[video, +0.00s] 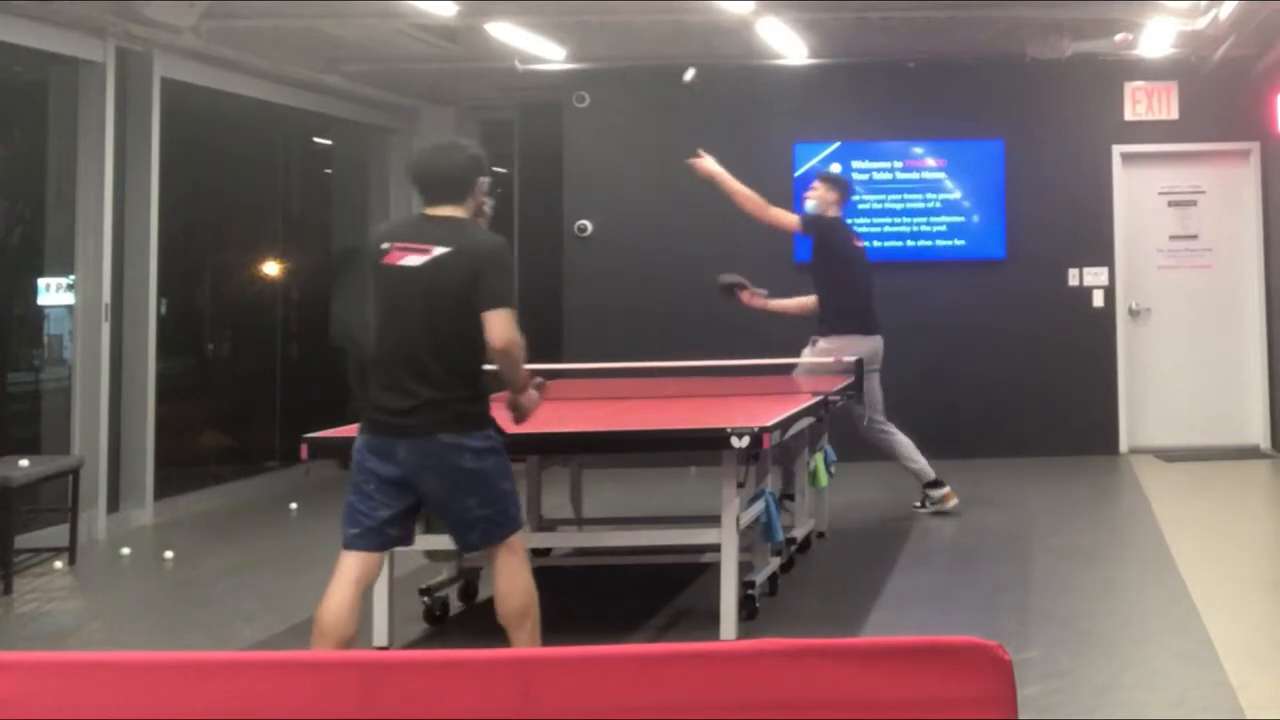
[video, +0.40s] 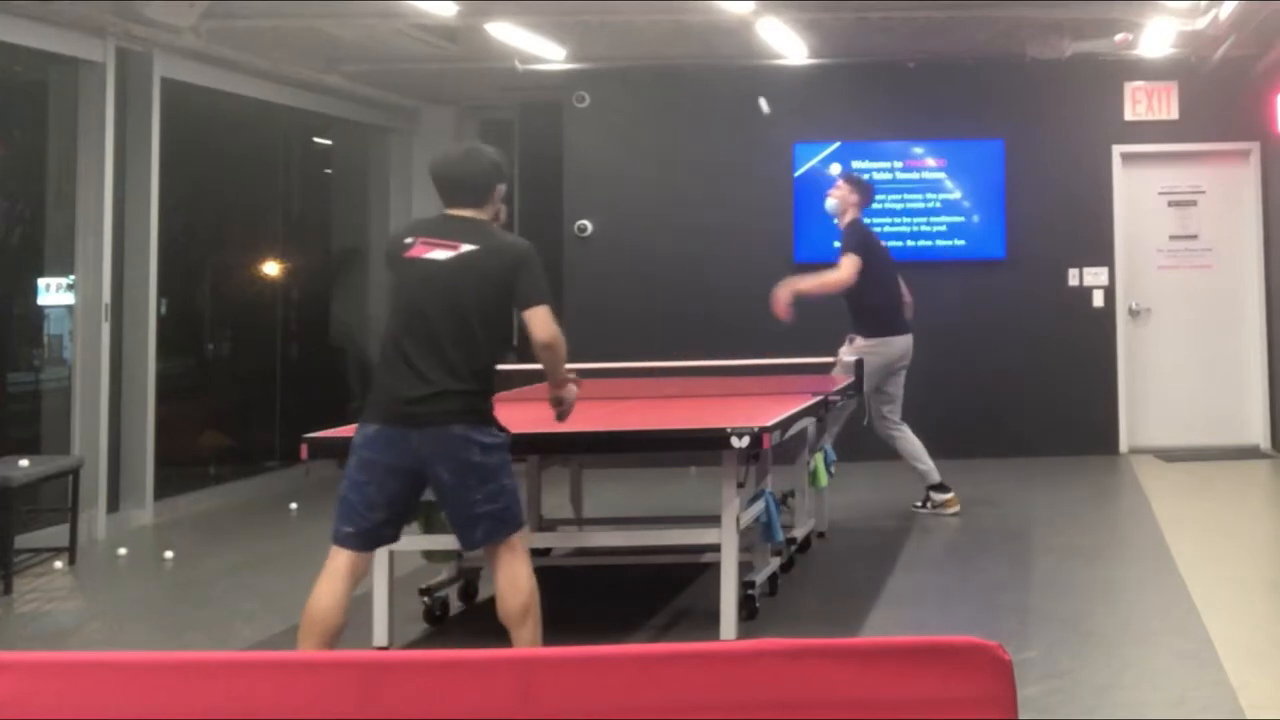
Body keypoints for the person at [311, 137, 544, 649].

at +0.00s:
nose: (487, 192)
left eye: (485, 183)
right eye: (484, 183)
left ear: (422, 188)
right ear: (473, 188)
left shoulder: (387, 242)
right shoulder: (485, 248)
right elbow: (502, 341)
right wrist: (520, 388)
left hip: (382, 434)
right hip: (456, 435)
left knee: (354, 566)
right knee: (507, 549)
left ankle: (314, 692)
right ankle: (532, 677)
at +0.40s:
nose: (503, 199)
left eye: (501, 192)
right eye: (503, 192)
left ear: (442, 193)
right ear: (497, 195)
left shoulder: (405, 240)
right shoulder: (512, 252)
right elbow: (545, 337)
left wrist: (485, 228)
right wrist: (559, 383)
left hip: (386, 423)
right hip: (462, 428)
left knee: (344, 561)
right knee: (508, 550)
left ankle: (299, 690)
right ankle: (533, 682)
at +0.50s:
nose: (481, 201)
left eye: (479, 192)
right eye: (478, 192)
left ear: (418, 195)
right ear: (468, 197)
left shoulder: (372, 245)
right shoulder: (482, 253)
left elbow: (346, 330)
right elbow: (515, 340)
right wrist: (536, 381)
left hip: (365, 433)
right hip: (443, 434)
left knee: (331, 566)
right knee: (493, 553)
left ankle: (288, 694)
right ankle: (530, 678)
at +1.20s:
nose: (447, 263)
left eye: (447, 255)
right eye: (447, 256)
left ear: (381, 252)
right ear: (436, 259)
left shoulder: (329, 286)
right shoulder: (436, 303)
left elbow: (270, 359)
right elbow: (486, 389)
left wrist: (320, 367)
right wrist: (474, 416)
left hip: (291, 444)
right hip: (364, 448)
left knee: (267, 554)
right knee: (440, 552)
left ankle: (222, 671)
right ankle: (453, 679)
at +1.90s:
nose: (395, 237)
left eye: (393, 228)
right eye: (392, 229)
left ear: (334, 232)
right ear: (381, 234)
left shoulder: (288, 275)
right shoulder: (391, 289)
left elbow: (223, 348)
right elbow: (417, 373)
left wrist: (285, 366)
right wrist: (461, 380)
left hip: (256, 440)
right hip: (326, 446)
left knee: (231, 536)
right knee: (401, 552)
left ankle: (178, 657)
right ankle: (412, 681)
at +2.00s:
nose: (412, 252)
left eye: (412, 240)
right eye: (410, 241)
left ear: (352, 238)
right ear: (395, 243)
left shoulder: (303, 278)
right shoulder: (368, 295)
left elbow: (295, 359)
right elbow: (351, 392)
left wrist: (365, 373)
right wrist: (408, 439)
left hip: (235, 450)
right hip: (295, 457)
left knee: (223, 555)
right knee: (387, 549)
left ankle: (127, 659)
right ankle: (404, 685)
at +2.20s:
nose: (438, 302)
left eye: (439, 292)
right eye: (436, 292)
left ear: (381, 287)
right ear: (416, 295)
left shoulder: (341, 314)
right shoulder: (357, 341)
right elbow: (335, 434)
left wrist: (418, 333)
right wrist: (377, 495)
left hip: (239, 483)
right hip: (277, 489)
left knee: (212, 587)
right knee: (394, 555)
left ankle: (117, 669)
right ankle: (378, 681)